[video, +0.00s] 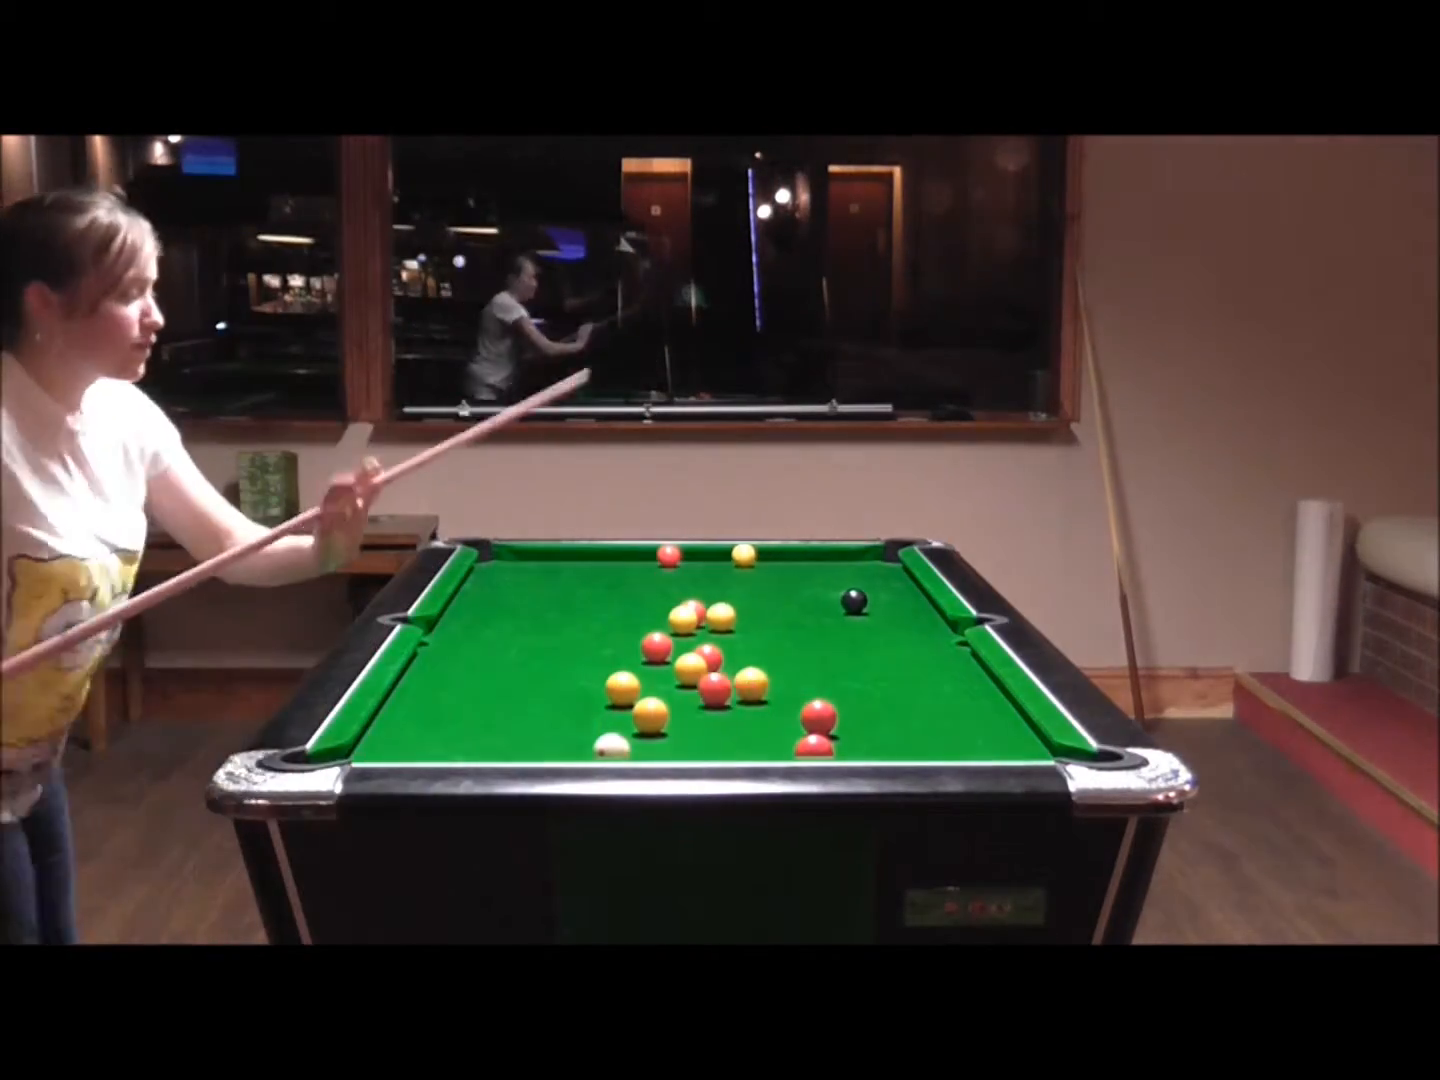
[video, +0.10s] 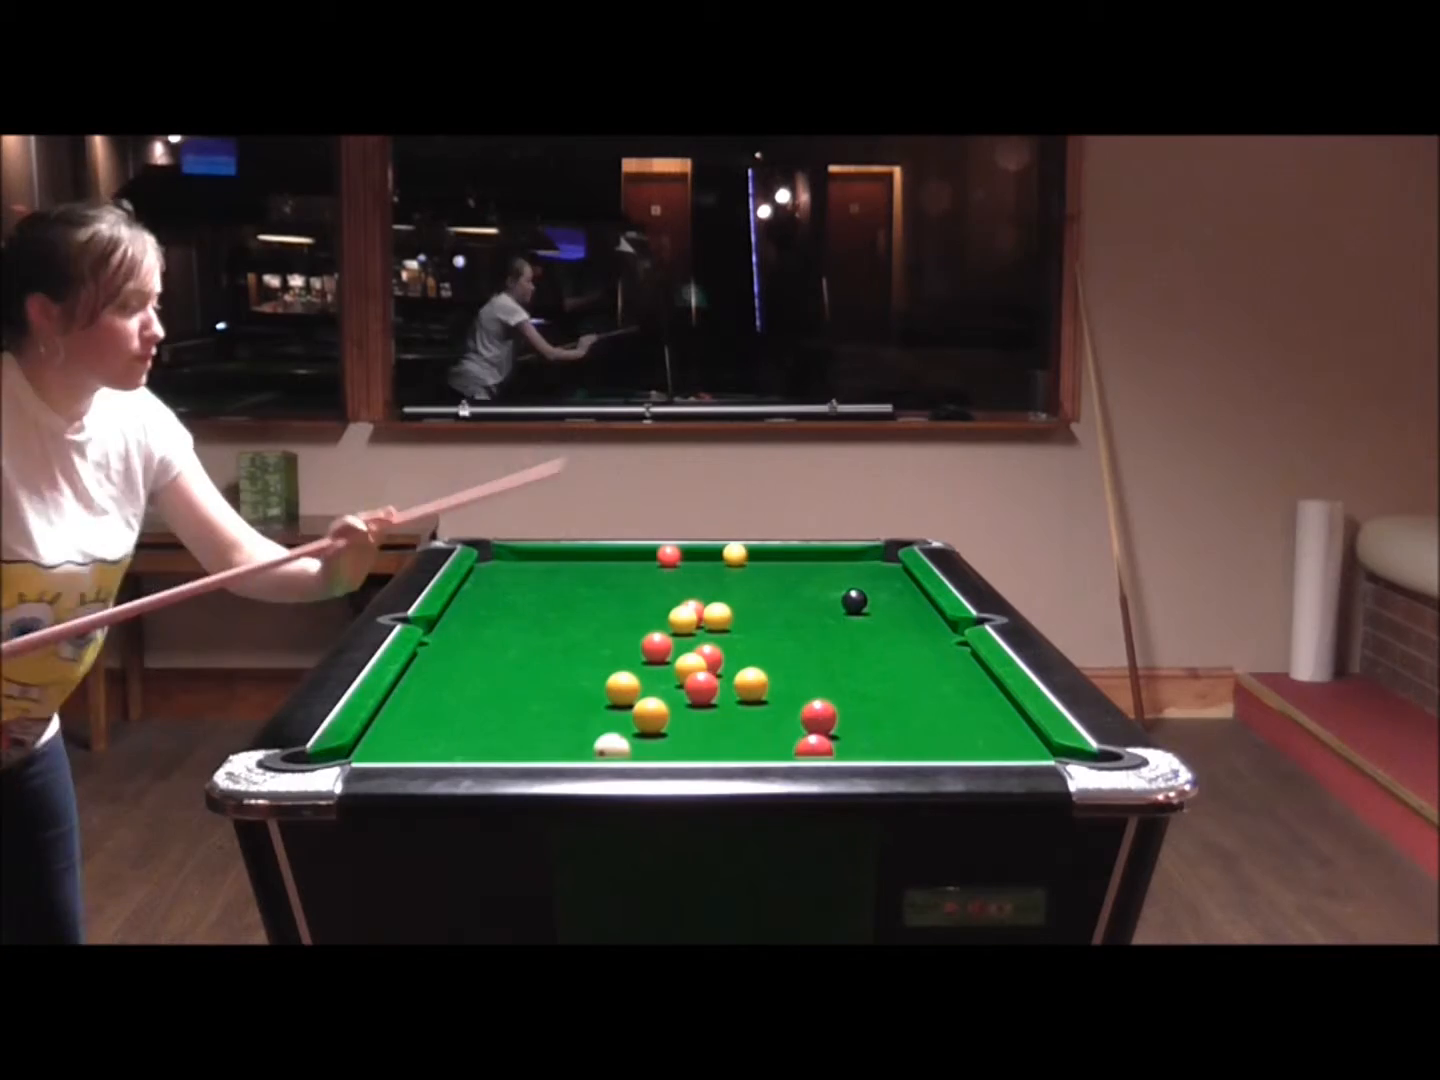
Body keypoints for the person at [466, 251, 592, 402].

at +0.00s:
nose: (535, 284)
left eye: (535, 278)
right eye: (531, 277)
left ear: (515, 280)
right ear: (514, 279)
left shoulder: (512, 305)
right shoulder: (504, 302)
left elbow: (542, 346)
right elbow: (547, 348)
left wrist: (572, 340)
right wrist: (579, 345)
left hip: (499, 387)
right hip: (486, 388)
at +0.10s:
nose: (533, 288)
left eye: (532, 282)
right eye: (529, 281)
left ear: (513, 282)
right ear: (513, 282)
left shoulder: (497, 303)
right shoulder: (509, 307)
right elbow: (548, 353)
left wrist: (569, 347)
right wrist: (580, 352)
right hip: (477, 386)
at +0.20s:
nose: (530, 290)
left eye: (530, 284)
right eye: (527, 284)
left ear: (510, 285)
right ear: (510, 284)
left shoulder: (492, 304)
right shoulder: (509, 310)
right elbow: (547, 356)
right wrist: (579, 358)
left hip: (451, 381)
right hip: (471, 386)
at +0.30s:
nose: (526, 297)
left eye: (525, 291)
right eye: (522, 291)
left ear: (502, 290)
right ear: (507, 290)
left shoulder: (475, 305)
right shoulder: (508, 317)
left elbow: (432, 316)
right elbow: (539, 360)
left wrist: (441, 348)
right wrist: (573, 368)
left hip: (432, 382)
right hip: (458, 390)